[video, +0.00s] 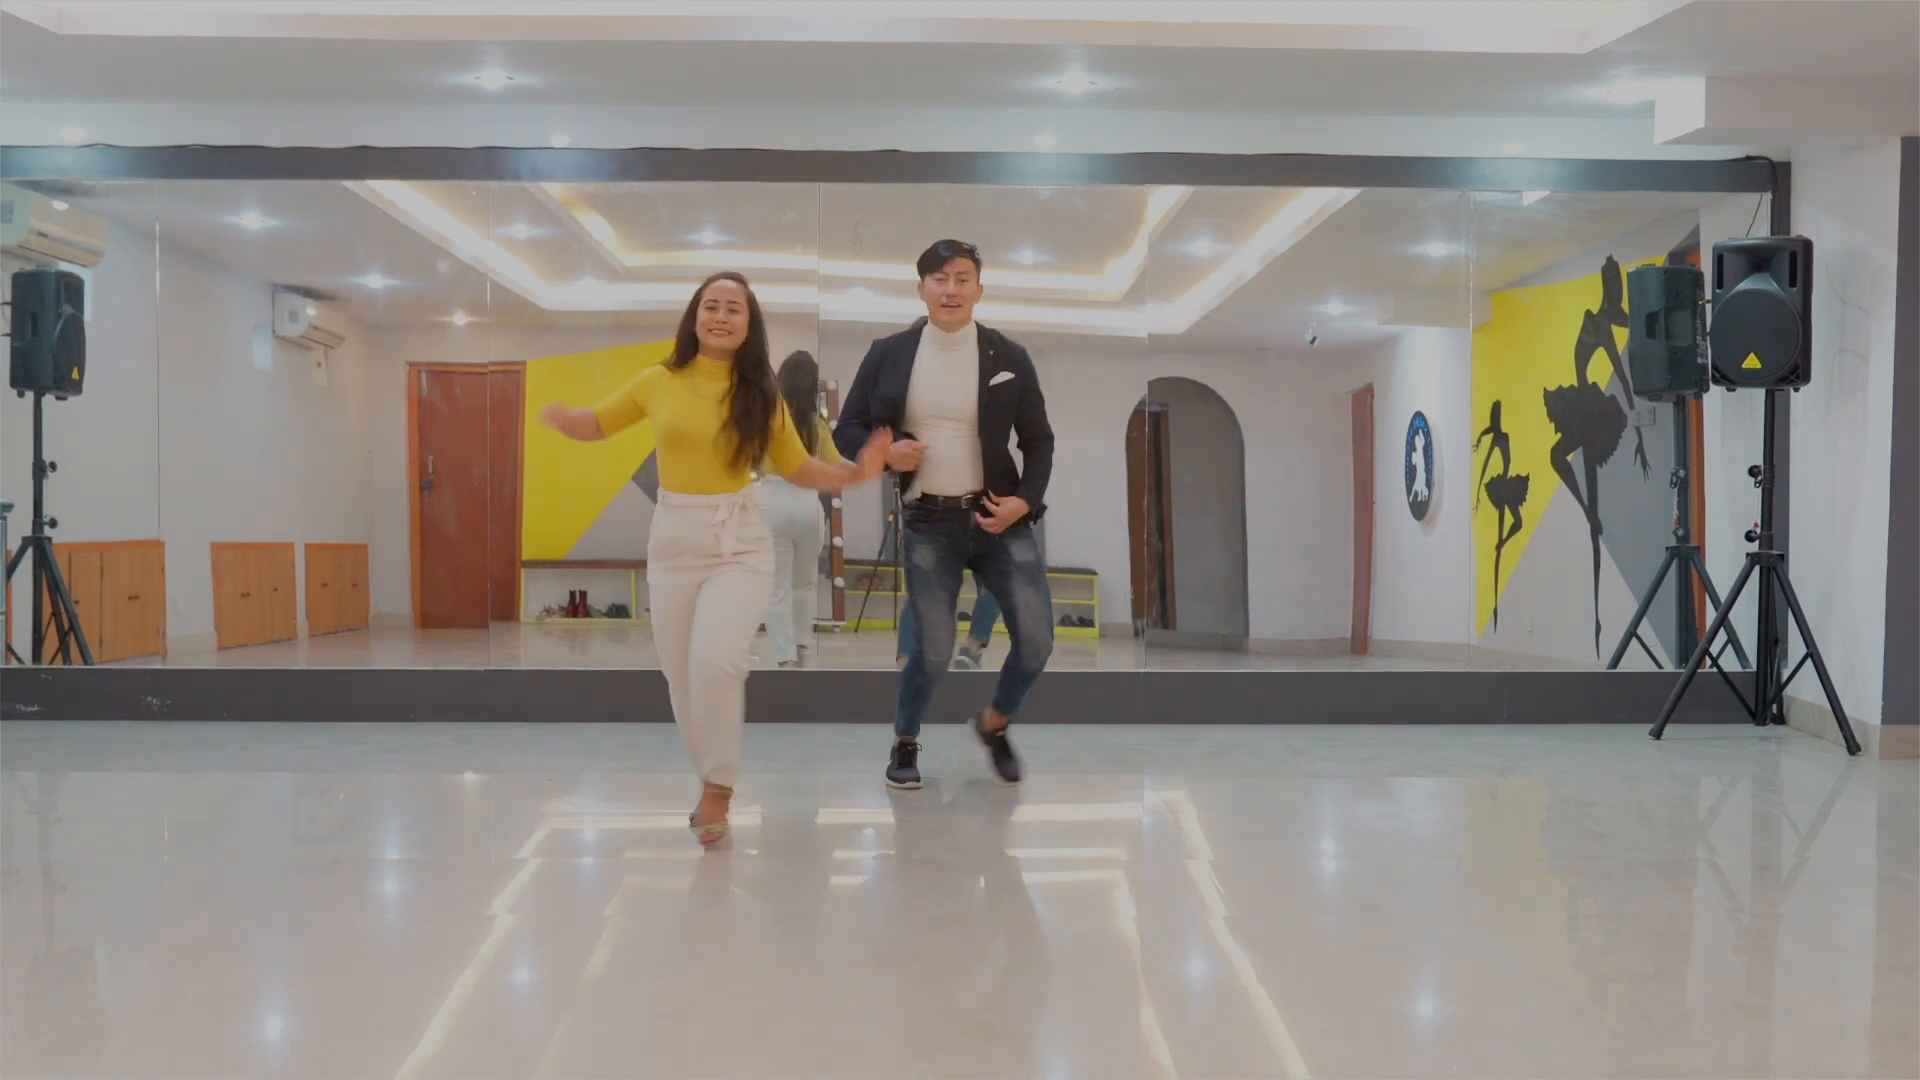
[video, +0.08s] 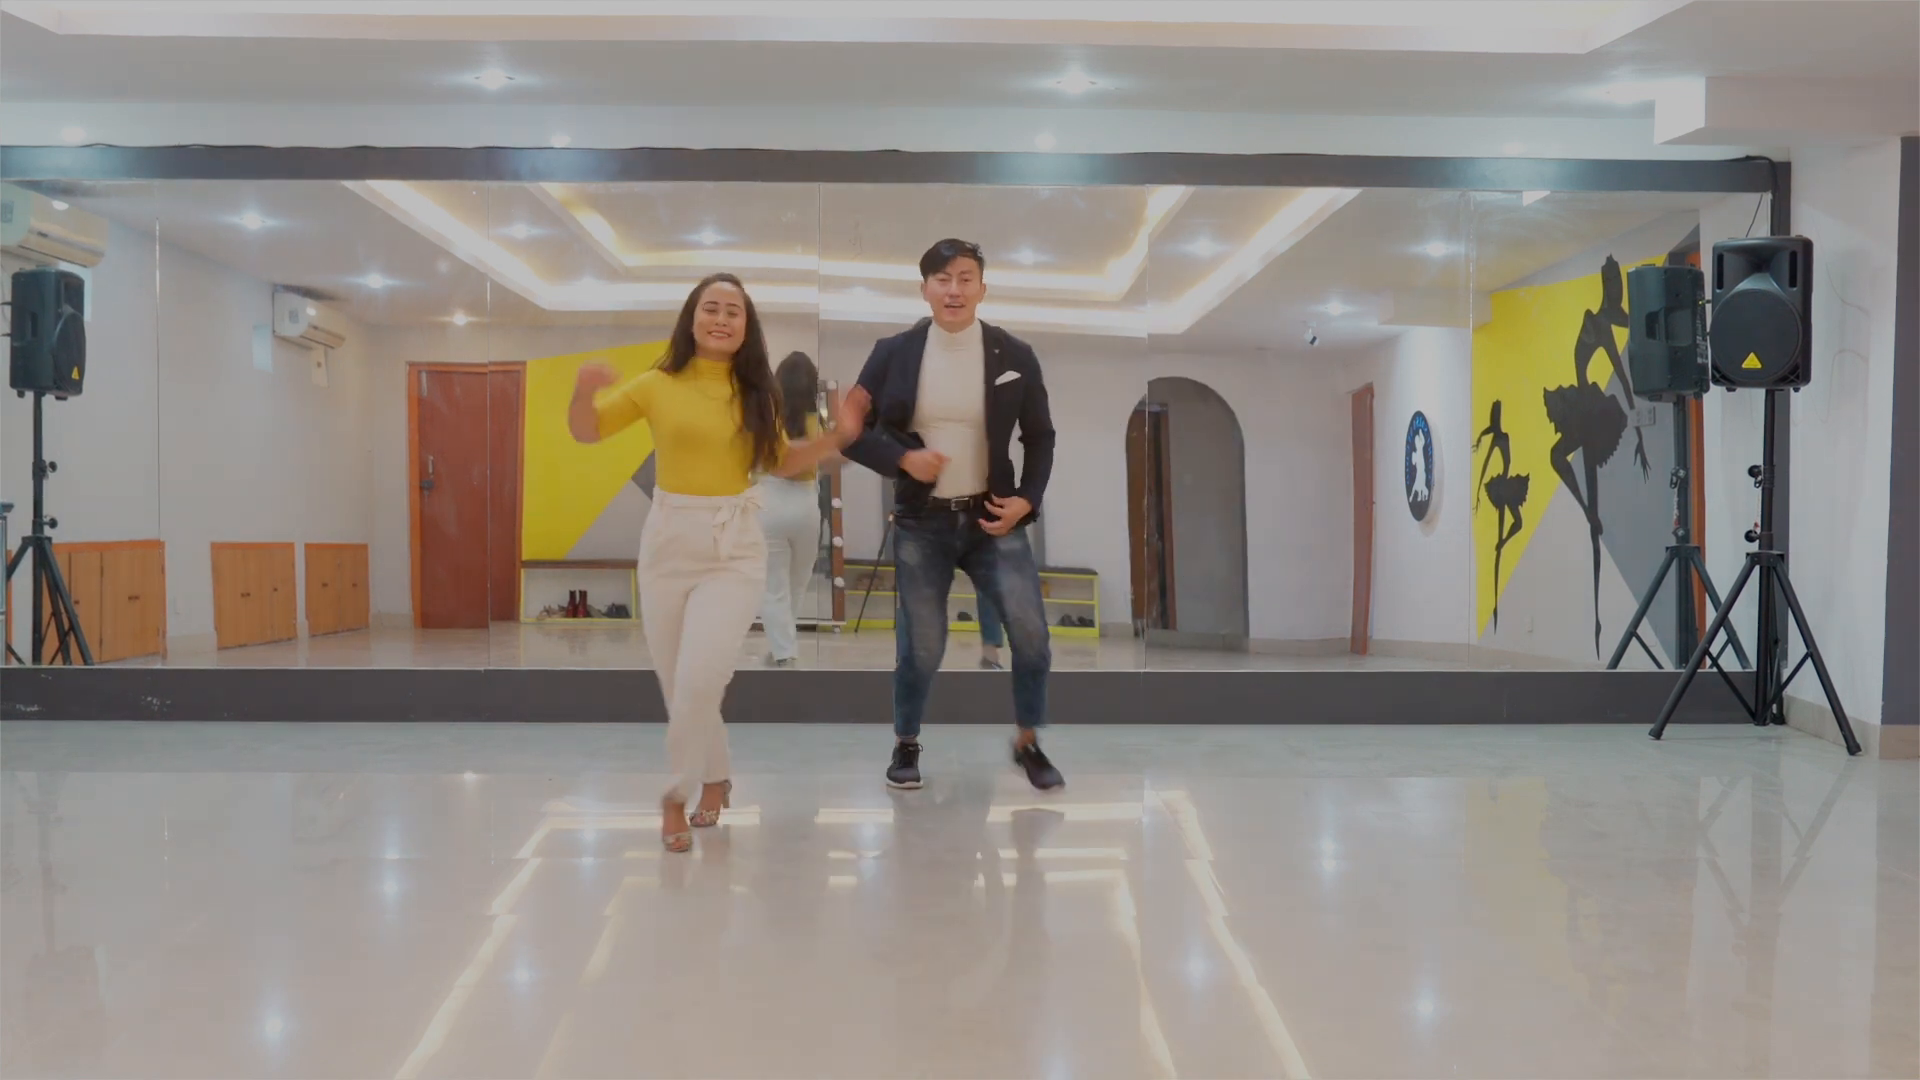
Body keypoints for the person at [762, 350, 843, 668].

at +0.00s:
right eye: (813, 377)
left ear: (781, 379)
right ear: (814, 382)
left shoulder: (768, 414)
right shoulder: (816, 421)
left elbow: (751, 462)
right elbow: (835, 463)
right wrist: (855, 471)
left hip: (770, 497)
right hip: (807, 499)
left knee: (778, 587)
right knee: (806, 582)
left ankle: (784, 657)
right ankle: (802, 644)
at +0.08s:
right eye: (810, 378)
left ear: (779, 381)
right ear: (812, 383)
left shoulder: (765, 416)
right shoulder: (816, 422)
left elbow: (751, 463)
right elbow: (830, 461)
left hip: (767, 498)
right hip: (806, 500)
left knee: (776, 586)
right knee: (799, 582)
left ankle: (784, 653)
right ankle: (781, 643)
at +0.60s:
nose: (809, 387)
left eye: (808, 380)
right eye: (804, 381)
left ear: (781, 385)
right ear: (787, 384)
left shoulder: (778, 422)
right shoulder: (784, 424)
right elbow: (800, 470)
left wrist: (822, 460)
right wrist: (831, 467)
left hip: (789, 510)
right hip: (776, 509)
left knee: (819, 581)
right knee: (783, 590)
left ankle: (812, 652)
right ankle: (760, 665)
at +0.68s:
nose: (812, 388)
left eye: (812, 382)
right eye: (807, 382)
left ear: (790, 387)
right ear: (790, 385)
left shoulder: (797, 421)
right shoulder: (776, 423)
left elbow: (803, 463)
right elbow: (781, 467)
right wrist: (808, 443)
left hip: (800, 515)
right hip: (777, 516)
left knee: (819, 584)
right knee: (791, 588)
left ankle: (814, 663)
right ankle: (758, 662)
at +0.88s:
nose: (764, 397)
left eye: (769, 392)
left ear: (781, 395)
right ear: (784, 394)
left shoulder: (793, 426)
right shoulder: (773, 423)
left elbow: (808, 477)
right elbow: (786, 448)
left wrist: (837, 462)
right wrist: (821, 438)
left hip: (803, 513)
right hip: (780, 514)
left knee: (817, 588)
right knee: (809, 591)